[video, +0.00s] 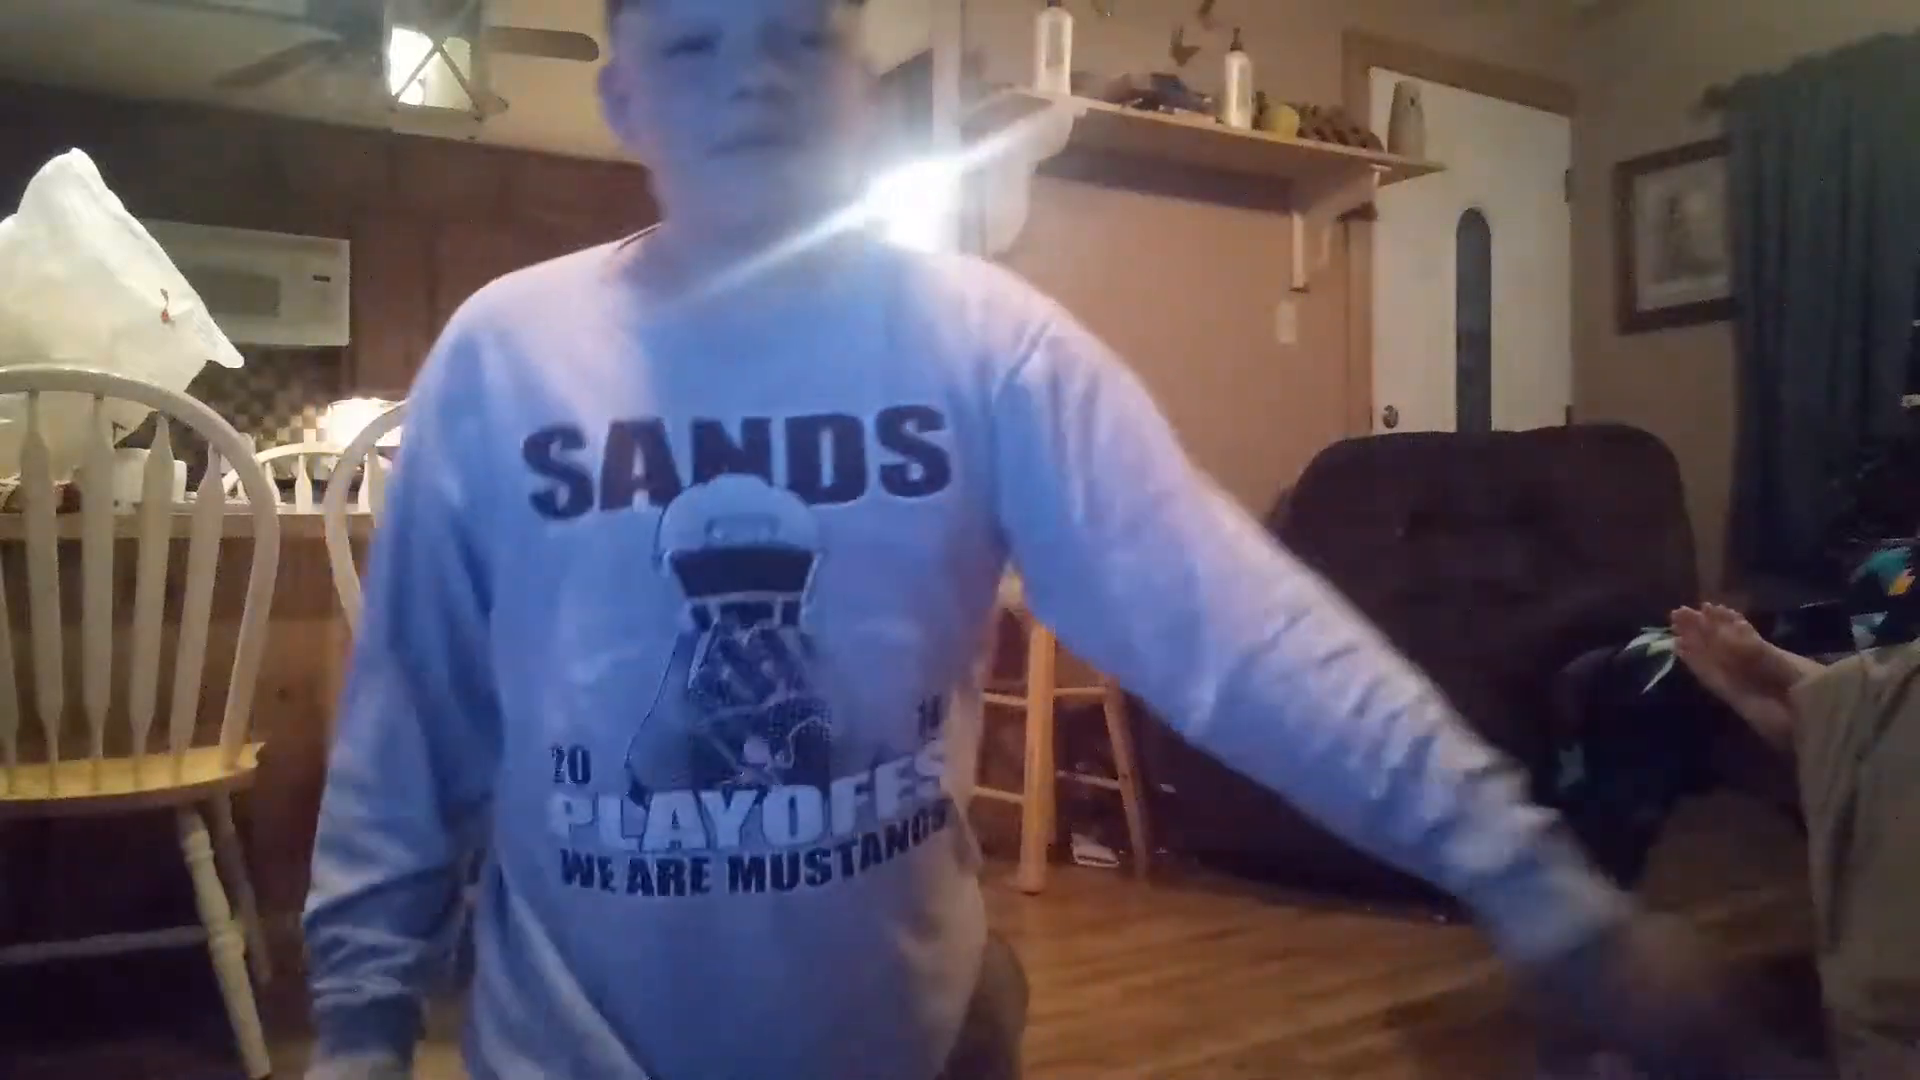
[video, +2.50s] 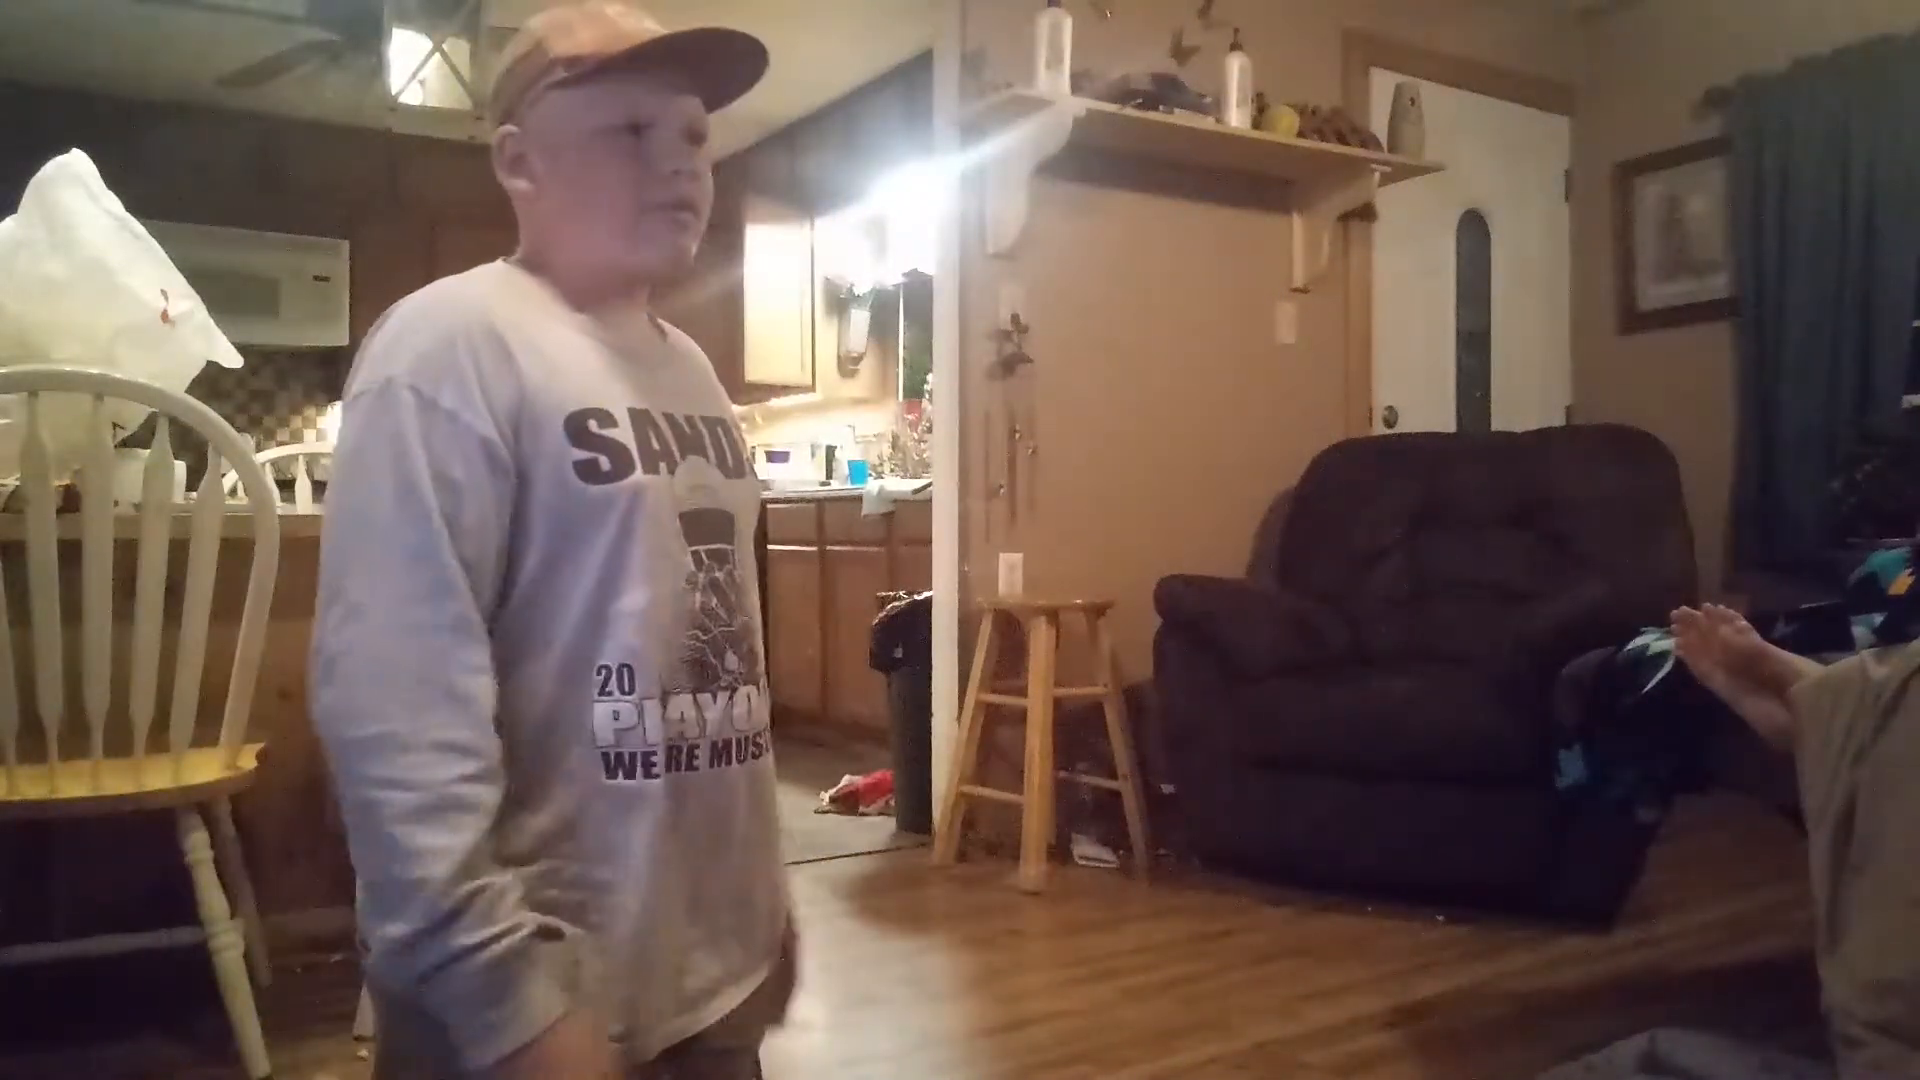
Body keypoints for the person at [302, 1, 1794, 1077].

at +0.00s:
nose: (761, 74)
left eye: (800, 38)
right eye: (701, 40)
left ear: (864, 79)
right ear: (617, 93)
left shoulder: (984, 347)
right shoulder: (499, 355)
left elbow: (1241, 625)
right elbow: (397, 752)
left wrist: (1568, 909)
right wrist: (355, 1045)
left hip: (902, 1032)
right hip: (576, 1040)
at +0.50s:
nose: (691, 168)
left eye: (714, 138)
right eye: (637, 128)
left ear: (738, 173)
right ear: (523, 156)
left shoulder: (760, 410)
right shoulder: (417, 326)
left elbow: (889, 675)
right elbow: (336, 645)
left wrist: (1059, 871)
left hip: (739, 958)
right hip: (481, 961)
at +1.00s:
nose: (646, 167)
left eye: (658, 137)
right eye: (591, 132)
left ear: (675, 163)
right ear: (467, 161)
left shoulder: (699, 378)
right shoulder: (369, 344)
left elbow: (781, 620)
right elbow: (155, 511)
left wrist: (960, 725)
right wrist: (508, 600)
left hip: (720, 989)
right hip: (459, 1017)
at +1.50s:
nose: (615, 177)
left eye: (642, 151)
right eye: (563, 143)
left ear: (666, 187)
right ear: (462, 174)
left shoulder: (670, 411)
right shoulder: (366, 343)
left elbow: (703, 696)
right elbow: (122, 527)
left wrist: (821, 838)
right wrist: (214, 745)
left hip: (643, 998)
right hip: (396, 1013)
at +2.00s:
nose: (713, 184)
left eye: (739, 157)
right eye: (663, 154)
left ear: (767, 190)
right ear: (573, 185)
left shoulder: (754, 397)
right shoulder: (496, 346)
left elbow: (783, 650)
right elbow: (394, 651)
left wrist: (865, 826)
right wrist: (501, 869)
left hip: (716, 961)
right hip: (505, 971)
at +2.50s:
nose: (681, 166)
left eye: (694, 137)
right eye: (630, 131)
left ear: (710, 158)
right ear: (517, 159)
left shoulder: (689, 366)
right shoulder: (445, 348)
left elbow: (709, 657)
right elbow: (395, 705)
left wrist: (758, 902)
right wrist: (508, 1010)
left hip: (710, 982)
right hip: (535, 1008)